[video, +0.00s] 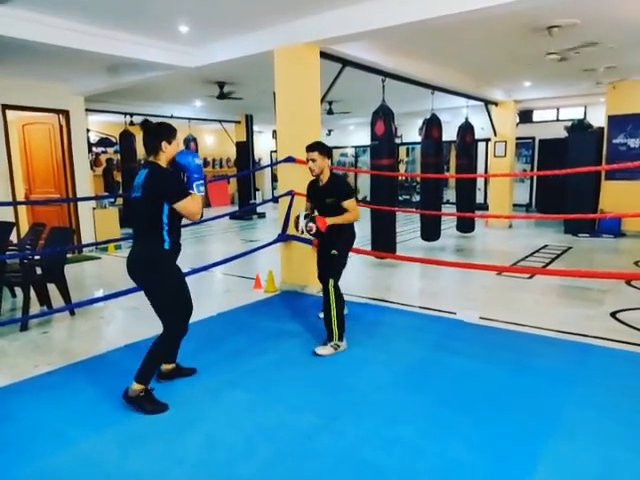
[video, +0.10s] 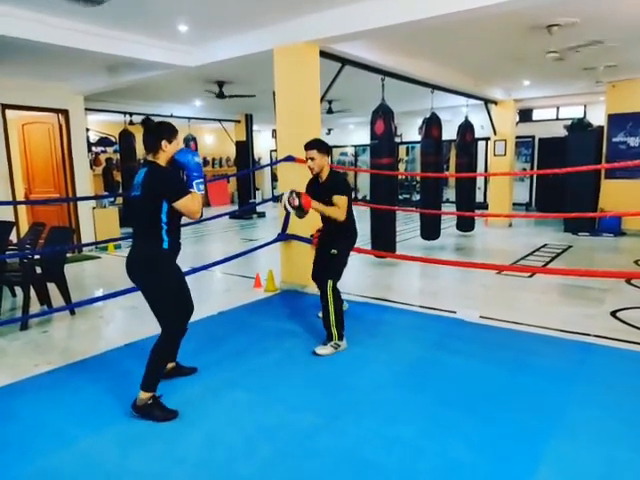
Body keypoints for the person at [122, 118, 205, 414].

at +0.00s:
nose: (179, 147)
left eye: (178, 142)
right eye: (176, 143)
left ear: (155, 146)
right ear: (165, 145)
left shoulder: (145, 173)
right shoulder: (164, 176)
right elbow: (194, 211)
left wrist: (187, 193)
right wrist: (194, 181)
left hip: (147, 256)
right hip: (154, 261)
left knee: (182, 308)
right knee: (176, 322)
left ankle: (168, 365)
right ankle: (137, 388)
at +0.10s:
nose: (179, 148)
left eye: (178, 143)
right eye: (177, 143)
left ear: (154, 145)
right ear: (165, 144)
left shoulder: (143, 171)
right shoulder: (163, 175)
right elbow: (194, 210)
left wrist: (186, 195)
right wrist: (193, 183)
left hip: (149, 256)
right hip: (153, 261)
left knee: (183, 307)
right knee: (173, 324)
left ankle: (169, 364)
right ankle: (145, 397)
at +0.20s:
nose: (180, 151)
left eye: (179, 146)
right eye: (177, 146)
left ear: (156, 149)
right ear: (164, 149)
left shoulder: (144, 176)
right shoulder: (158, 181)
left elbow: (179, 212)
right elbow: (191, 218)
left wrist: (185, 199)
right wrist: (195, 189)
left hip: (154, 262)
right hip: (150, 267)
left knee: (191, 305)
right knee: (170, 333)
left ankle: (172, 359)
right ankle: (143, 403)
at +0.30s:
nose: (181, 148)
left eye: (180, 143)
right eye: (178, 144)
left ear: (159, 148)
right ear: (164, 147)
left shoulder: (154, 175)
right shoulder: (154, 180)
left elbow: (185, 213)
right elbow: (189, 219)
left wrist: (190, 186)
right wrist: (195, 186)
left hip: (159, 262)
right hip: (148, 267)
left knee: (194, 302)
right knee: (172, 334)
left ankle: (180, 356)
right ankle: (143, 403)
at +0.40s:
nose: (180, 145)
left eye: (180, 140)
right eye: (177, 140)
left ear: (159, 144)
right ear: (164, 143)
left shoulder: (161, 172)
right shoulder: (156, 177)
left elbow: (188, 210)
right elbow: (189, 216)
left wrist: (189, 178)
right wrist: (194, 182)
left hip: (166, 258)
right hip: (151, 262)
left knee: (195, 304)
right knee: (168, 330)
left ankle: (186, 359)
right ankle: (142, 401)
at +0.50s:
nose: (183, 148)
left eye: (182, 142)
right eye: (180, 142)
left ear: (164, 148)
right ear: (167, 147)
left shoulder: (172, 176)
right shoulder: (152, 181)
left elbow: (185, 211)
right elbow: (182, 221)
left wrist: (200, 178)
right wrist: (193, 187)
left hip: (175, 259)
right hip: (154, 264)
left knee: (209, 298)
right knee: (171, 331)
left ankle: (192, 350)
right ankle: (142, 401)